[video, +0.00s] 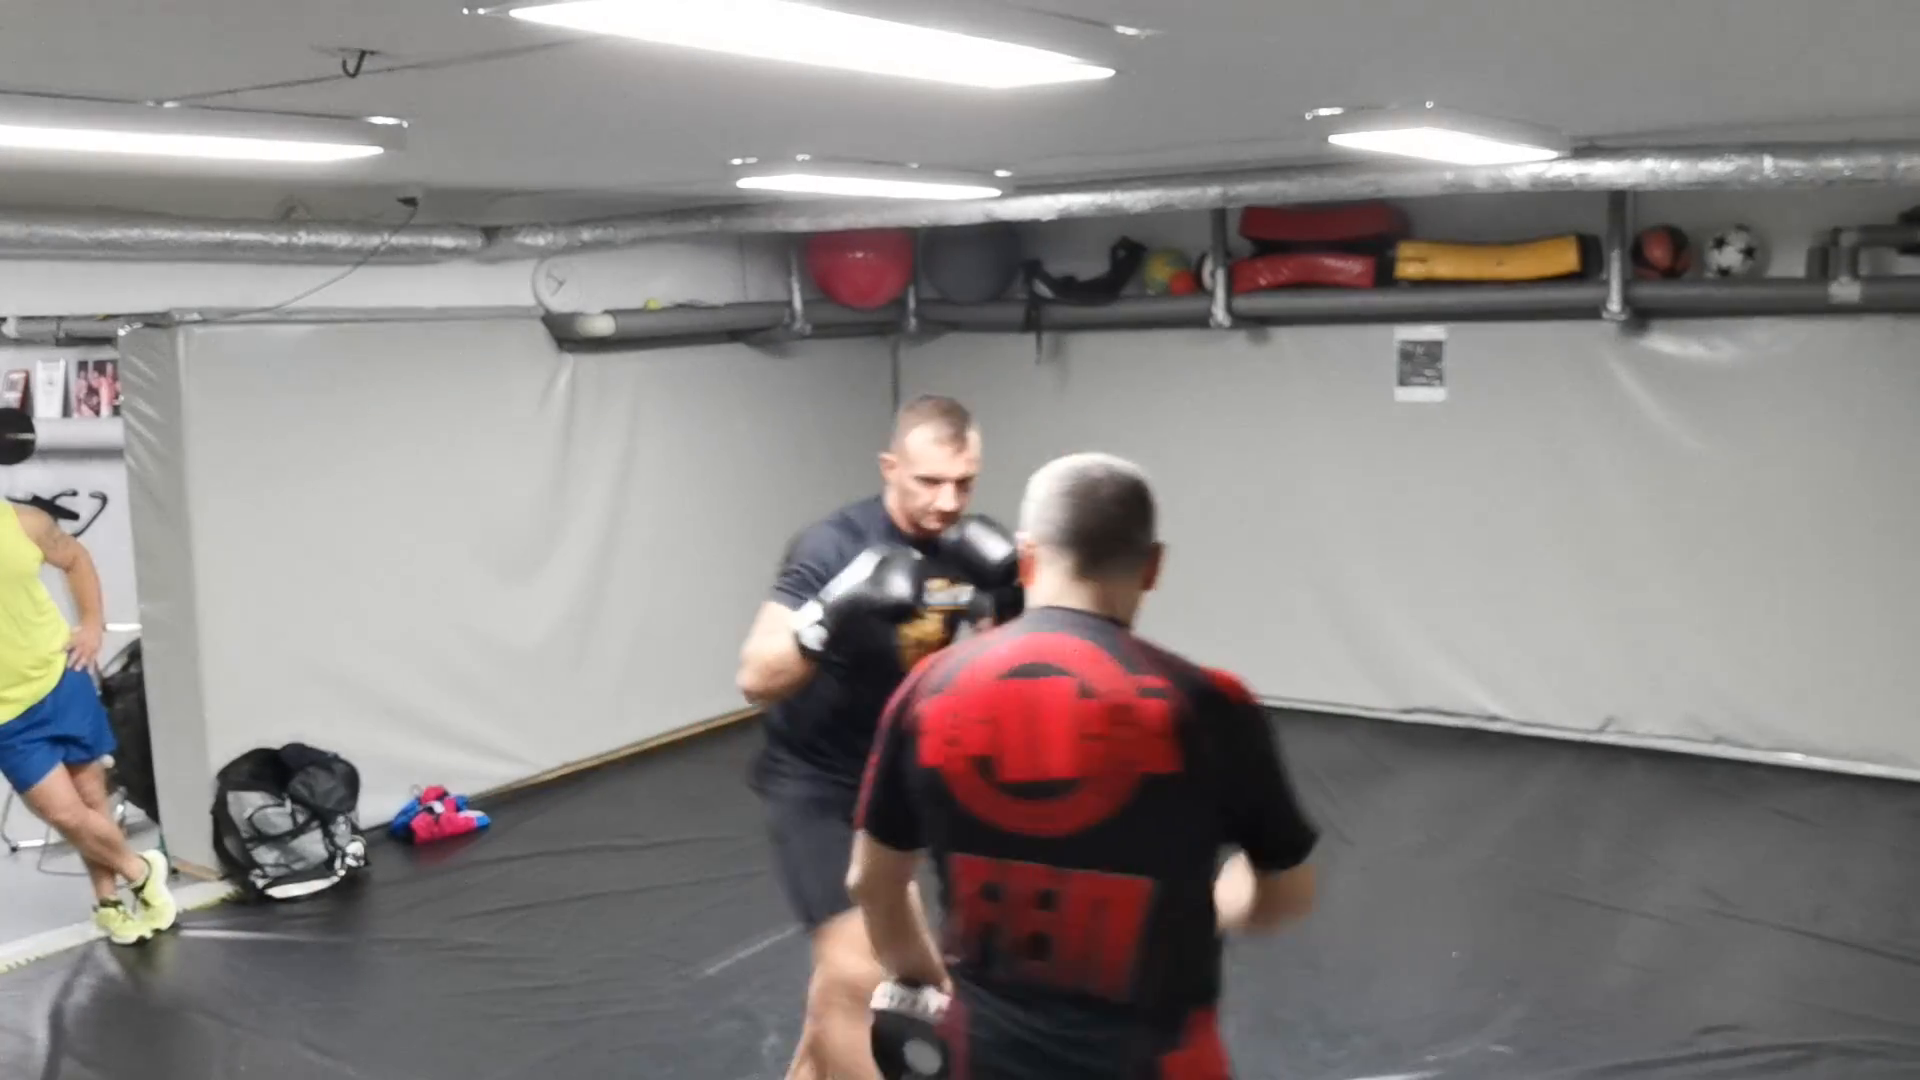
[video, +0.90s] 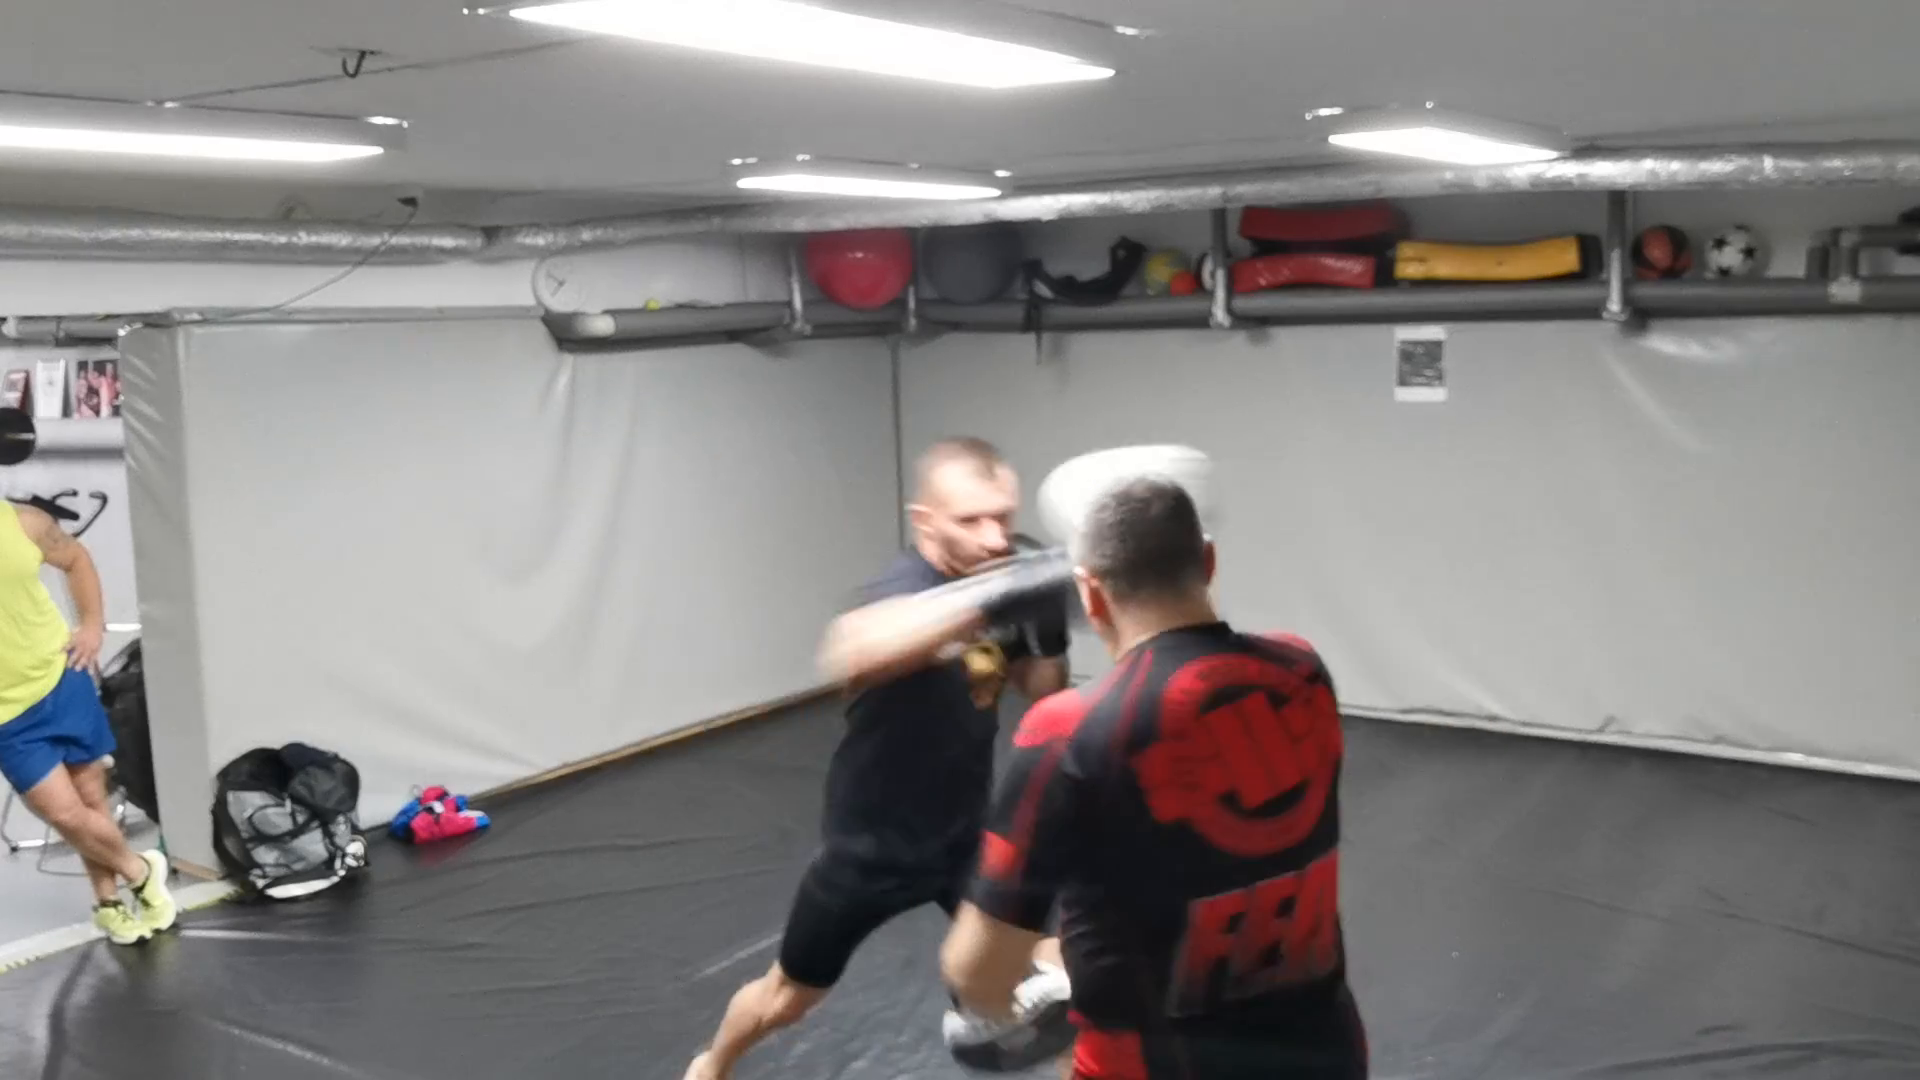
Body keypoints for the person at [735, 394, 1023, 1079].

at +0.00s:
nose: (947, 501)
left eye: (962, 483)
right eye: (929, 482)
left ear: (978, 473)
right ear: (889, 466)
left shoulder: (989, 552)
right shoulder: (835, 544)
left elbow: (1021, 671)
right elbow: (756, 678)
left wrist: (1009, 587)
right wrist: (833, 616)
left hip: (920, 778)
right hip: (818, 778)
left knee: (846, 969)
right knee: (858, 969)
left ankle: (811, 1065)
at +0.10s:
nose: (900, 487)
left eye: (916, 471)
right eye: (884, 467)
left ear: (930, 461)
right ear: (845, 451)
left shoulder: (928, 534)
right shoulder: (786, 524)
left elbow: (975, 672)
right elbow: (727, 659)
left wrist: (966, 603)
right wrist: (792, 587)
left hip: (855, 760)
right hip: (767, 757)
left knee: (838, 933)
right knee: (758, 959)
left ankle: (811, 1064)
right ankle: (752, 1072)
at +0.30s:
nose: (793, 504)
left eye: (808, 487)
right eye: (776, 485)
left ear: (822, 475)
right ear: (736, 468)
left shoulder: (851, 549)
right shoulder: (694, 545)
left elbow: (909, 666)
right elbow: (657, 680)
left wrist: (893, 650)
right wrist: (711, 590)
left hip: (813, 790)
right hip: (714, 787)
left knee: (860, 987)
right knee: (657, 957)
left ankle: (822, 1061)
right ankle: (649, 1068)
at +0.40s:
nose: (767, 517)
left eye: (781, 498)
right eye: (749, 498)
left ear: (796, 484)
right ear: (711, 486)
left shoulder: (831, 557)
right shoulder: (674, 564)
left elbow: (911, 681)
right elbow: (640, 700)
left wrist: (873, 642)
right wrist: (683, 606)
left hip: (814, 798)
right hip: (711, 799)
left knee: (874, 988)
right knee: (664, 955)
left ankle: (875, 1065)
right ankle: (650, 1068)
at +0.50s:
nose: (776, 495)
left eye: (790, 476)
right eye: (758, 476)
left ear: (807, 462)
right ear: (720, 463)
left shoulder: (838, 529)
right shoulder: (685, 536)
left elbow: (921, 659)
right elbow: (649, 680)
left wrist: (866, 592)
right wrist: (684, 581)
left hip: (842, 768)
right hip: (746, 773)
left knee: (912, 964)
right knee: (666, 947)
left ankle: (959, 1072)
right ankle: (668, 1065)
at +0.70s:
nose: (846, 540)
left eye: (857, 520)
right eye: (827, 521)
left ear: (869, 513)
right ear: (780, 514)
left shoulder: (883, 571)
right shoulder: (750, 594)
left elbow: (954, 648)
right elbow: (696, 735)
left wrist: (926, 678)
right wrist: (732, 659)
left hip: (905, 841)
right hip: (799, 841)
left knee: (999, 1015)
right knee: (713, 1020)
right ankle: (717, 1076)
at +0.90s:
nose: (995, 539)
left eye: (1003, 520)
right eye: (973, 522)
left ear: (1014, 513)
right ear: (925, 523)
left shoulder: (1009, 585)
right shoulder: (899, 590)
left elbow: (1044, 696)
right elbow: (848, 654)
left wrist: (1047, 613)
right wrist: (979, 603)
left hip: (964, 834)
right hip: (871, 841)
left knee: (1059, 956)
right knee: (788, 996)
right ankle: (711, 1064)